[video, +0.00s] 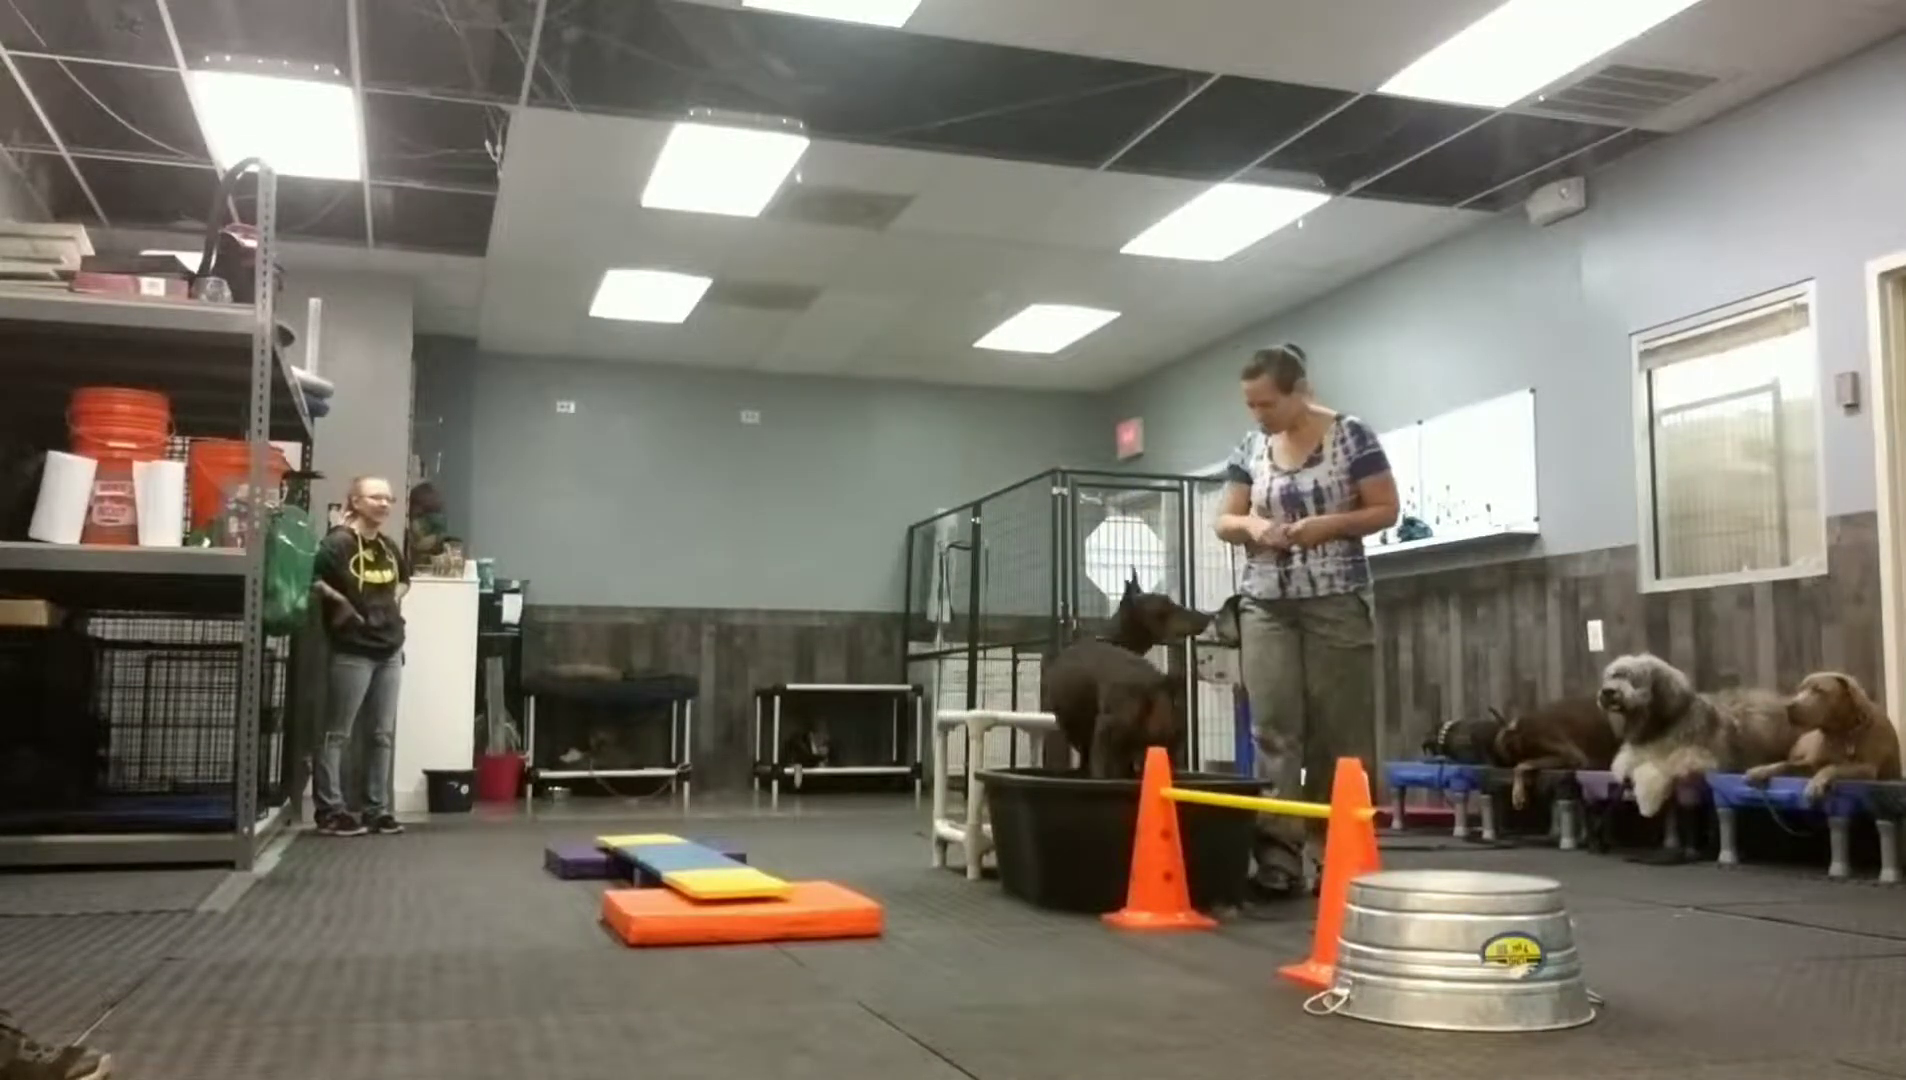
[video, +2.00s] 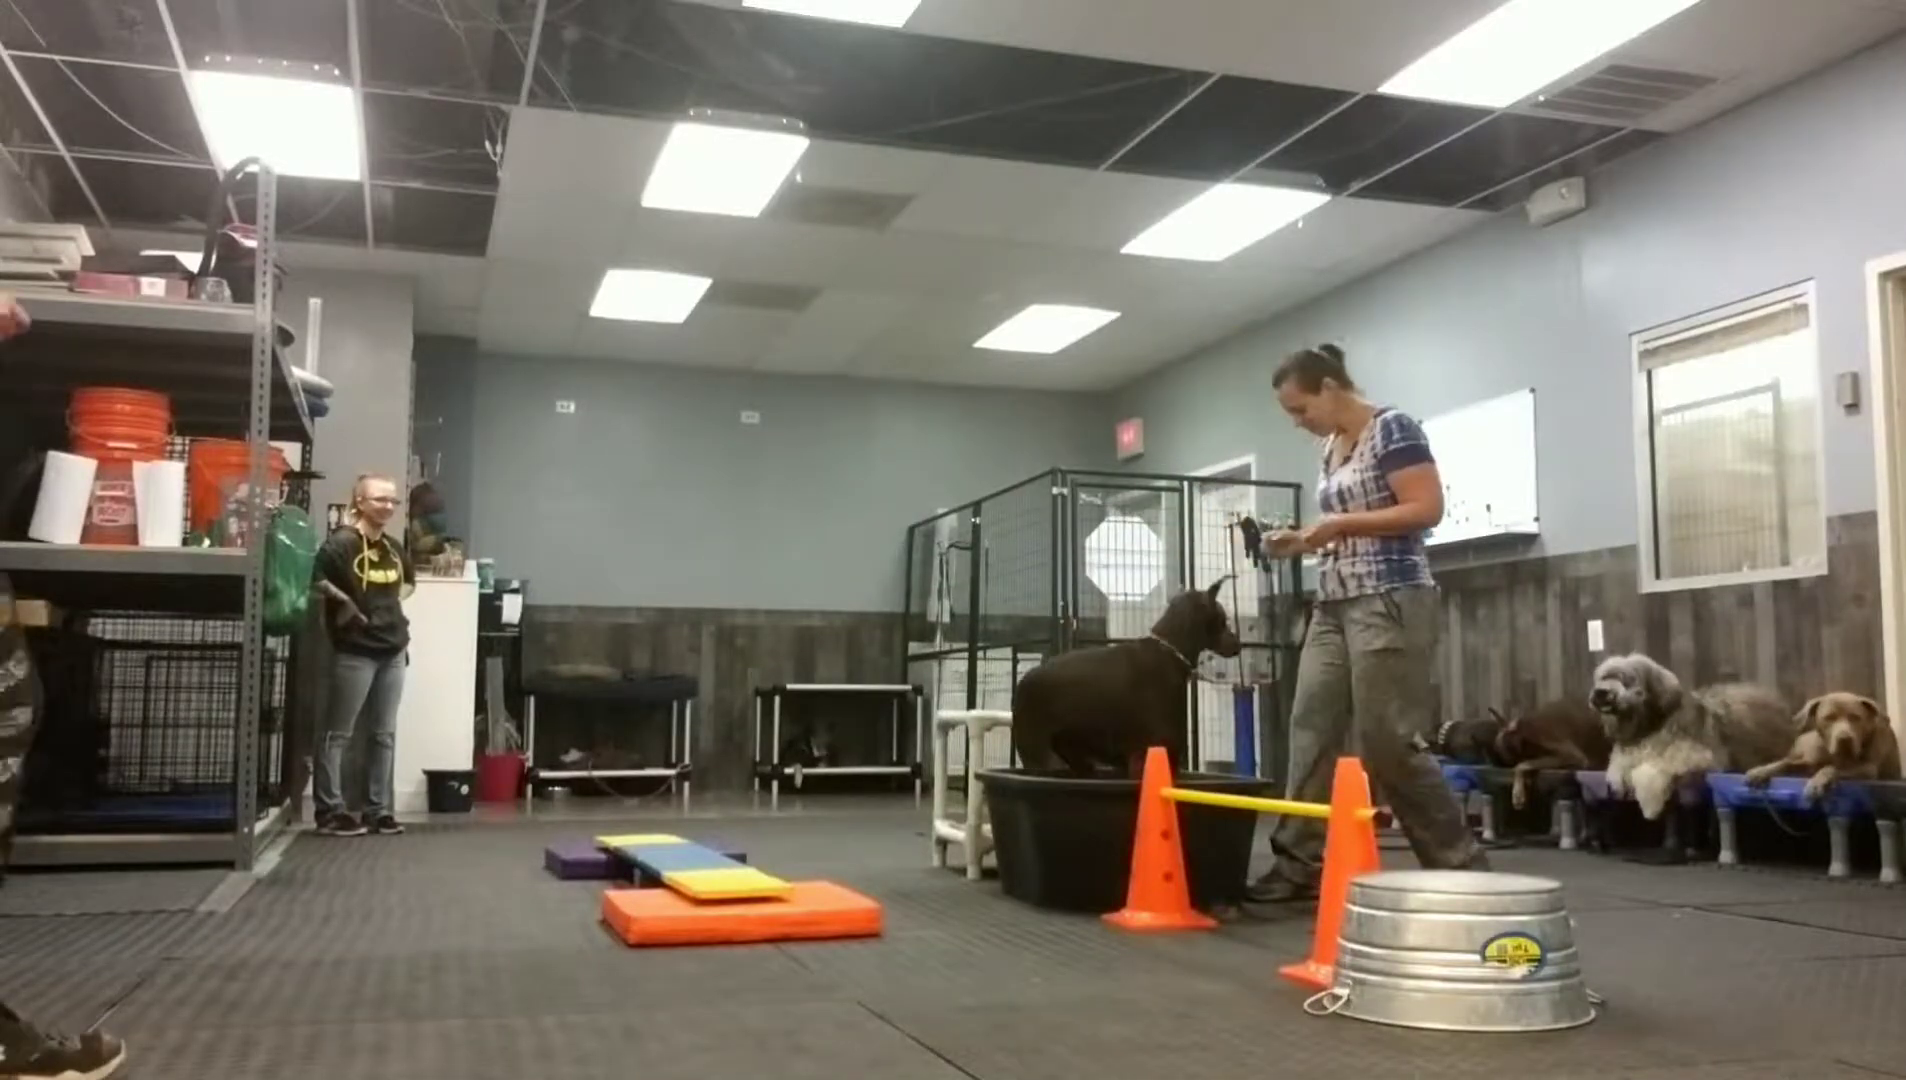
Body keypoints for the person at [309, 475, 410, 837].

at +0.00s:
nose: (385, 504)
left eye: (388, 499)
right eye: (376, 498)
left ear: (390, 505)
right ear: (355, 503)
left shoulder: (388, 544)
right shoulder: (338, 542)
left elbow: (403, 581)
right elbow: (315, 580)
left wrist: (390, 612)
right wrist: (344, 608)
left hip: (389, 648)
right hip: (352, 648)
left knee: (382, 734)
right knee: (337, 734)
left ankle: (377, 810)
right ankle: (330, 810)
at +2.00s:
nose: (389, 506)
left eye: (393, 501)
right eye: (381, 500)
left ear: (395, 505)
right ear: (360, 502)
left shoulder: (391, 545)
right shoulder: (340, 544)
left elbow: (408, 581)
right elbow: (315, 582)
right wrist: (346, 605)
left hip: (392, 649)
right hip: (355, 649)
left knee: (383, 735)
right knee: (338, 734)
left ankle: (378, 811)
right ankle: (330, 811)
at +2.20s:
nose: (390, 506)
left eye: (393, 500)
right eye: (382, 499)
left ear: (395, 505)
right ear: (361, 502)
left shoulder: (391, 545)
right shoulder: (341, 543)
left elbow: (409, 581)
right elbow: (315, 579)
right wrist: (345, 603)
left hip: (393, 649)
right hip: (355, 649)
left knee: (383, 735)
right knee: (338, 734)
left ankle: (378, 811)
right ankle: (330, 811)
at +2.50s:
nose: (389, 507)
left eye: (392, 502)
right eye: (381, 500)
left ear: (394, 506)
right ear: (360, 502)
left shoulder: (391, 546)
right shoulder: (339, 545)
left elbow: (408, 582)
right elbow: (315, 583)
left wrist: (393, 618)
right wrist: (345, 607)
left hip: (392, 649)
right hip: (355, 649)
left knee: (384, 735)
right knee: (339, 735)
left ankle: (377, 811)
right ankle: (330, 811)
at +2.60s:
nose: (389, 508)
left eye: (392, 502)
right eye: (381, 501)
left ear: (394, 506)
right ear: (359, 502)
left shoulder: (391, 546)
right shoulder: (339, 546)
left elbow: (407, 582)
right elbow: (315, 585)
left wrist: (393, 621)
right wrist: (346, 609)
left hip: (392, 650)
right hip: (355, 650)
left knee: (384, 735)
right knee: (338, 735)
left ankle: (378, 811)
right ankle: (330, 810)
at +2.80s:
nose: (389, 508)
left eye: (392, 502)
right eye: (381, 501)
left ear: (394, 506)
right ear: (360, 502)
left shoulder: (391, 546)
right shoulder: (339, 546)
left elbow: (406, 582)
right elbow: (316, 586)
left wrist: (394, 623)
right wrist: (347, 610)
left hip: (392, 649)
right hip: (355, 649)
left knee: (384, 735)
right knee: (338, 735)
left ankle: (377, 811)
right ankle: (329, 810)